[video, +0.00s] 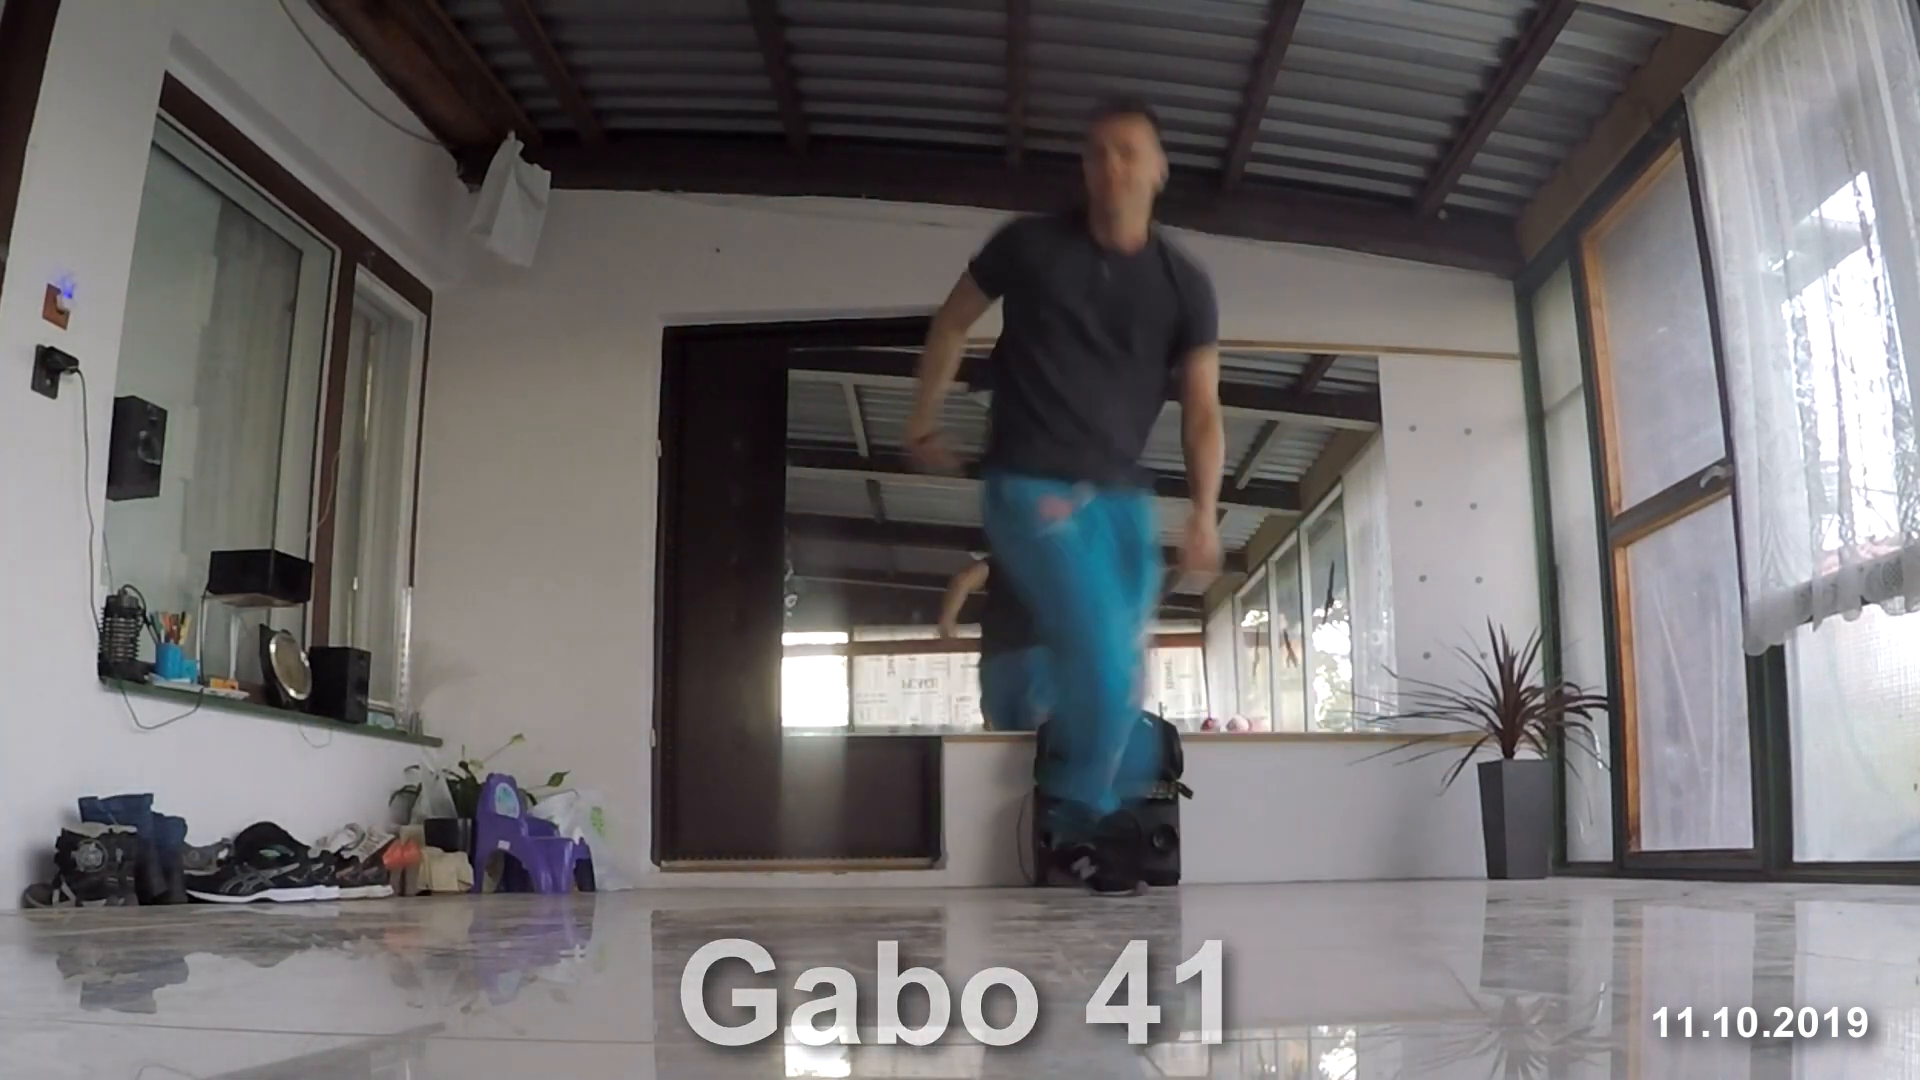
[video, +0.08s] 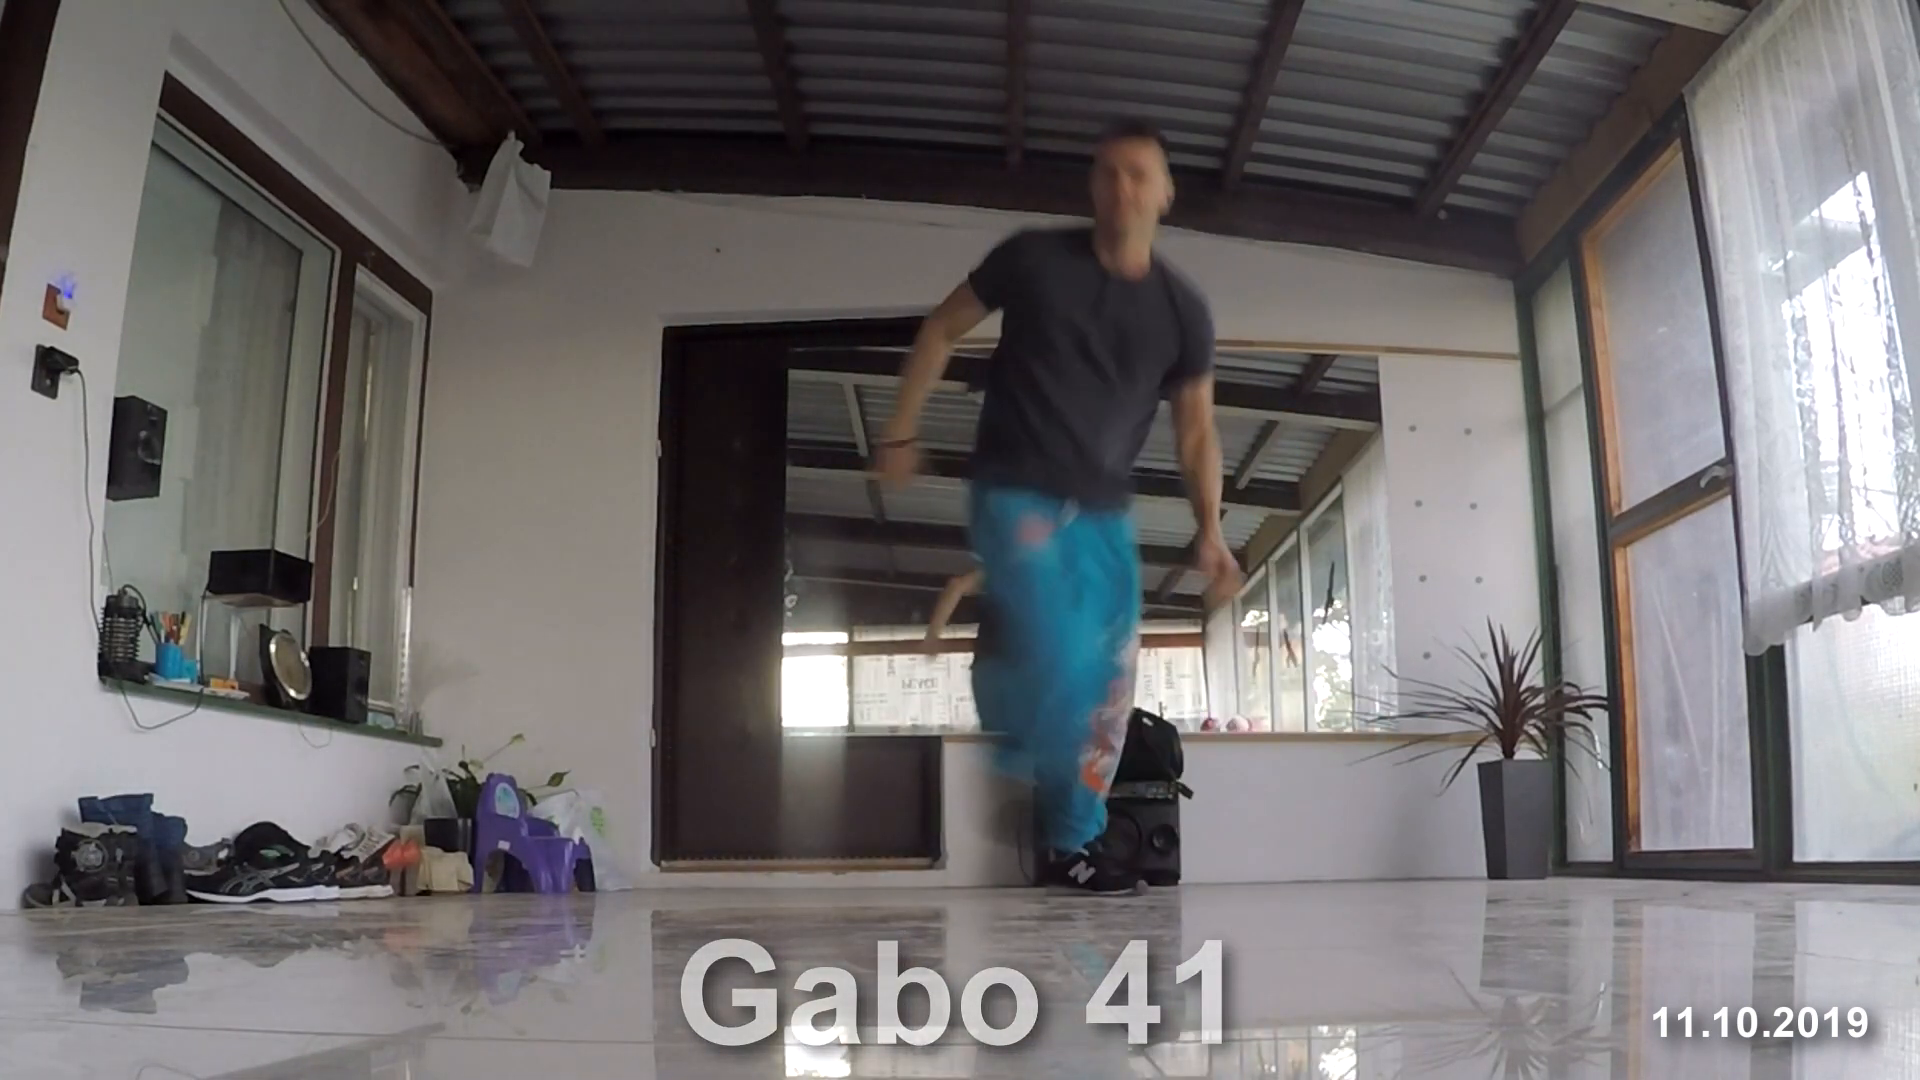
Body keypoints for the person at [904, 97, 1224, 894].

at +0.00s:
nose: (1111, 167)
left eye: (1127, 153)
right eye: (1097, 153)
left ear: (1160, 169)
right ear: (1081, 167)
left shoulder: (1183, 281)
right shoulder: (1027, 246)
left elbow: (1202, 411)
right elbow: (951, 324)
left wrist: (1205, 515)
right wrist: (922, 421)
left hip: (1123, 492)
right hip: (1033, 484)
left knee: (1118, 664)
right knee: (1102, 654)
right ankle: (1075, 825)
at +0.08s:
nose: (1122, 187)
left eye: (1139, 175)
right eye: (1110, 172)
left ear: (1167, 195)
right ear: (1091, 185)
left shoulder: (1183, 308)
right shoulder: (1031, 259)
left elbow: (1196, 427)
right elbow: (941, 329)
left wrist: (1210, 530)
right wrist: (900, 430)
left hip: (1104, 504)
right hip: (1018, 490)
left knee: (1103, 673)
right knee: (1053, 656)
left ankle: (1068, 843)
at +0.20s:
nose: (1142, 237)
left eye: (1159, 226)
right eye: (1130, 220)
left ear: (1176, 244)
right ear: (1105, 225)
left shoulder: (1160, 349)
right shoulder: (1040, 279)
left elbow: (1143, 463)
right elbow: (921, 314)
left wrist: (1172, 550)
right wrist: (881, 424)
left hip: (1061, 539)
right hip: (969, 524)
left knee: (1129, 662)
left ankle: (1066, 831)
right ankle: (784, 752)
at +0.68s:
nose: (1122, 258)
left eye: (1137, 249)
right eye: (1112, 241)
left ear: (1147, 264)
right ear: (1087, 241)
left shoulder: (1123, 367)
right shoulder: (1021, 275)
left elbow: (1104, 481)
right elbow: (906, 282)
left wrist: (1096, 583)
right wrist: (824, 356)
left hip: (1025, 525)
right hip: (940, 500)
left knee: (1053, 674)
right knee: (919, 653)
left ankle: (1036, 842)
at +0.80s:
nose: (1121, 225)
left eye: (1136, 217)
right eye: (1110, 209)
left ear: (1146, 233)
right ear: (1083, 209)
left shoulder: (1131, 339)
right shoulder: (1016, 250)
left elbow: (1125, 456)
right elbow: (903, 286)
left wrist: (1135, 555)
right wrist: (822, 361)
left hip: (1048, 497)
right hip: (970, 471)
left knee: (1058, 649)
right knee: (1009, 616)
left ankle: (1017, 812)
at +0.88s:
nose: (1110, 243)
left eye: (1124, 232)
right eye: (1099, 227)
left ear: (1138, 245)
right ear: (1071, 228)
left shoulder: (1139, 346)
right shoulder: (1012, 285)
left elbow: (1179, 453)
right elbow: (919, 333)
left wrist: (1228, 505)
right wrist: (852, 416)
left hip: (1077, 529)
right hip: (1007, 515)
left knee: (1031, 680)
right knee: (1070, 662)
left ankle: (972, 844)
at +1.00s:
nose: (1120, 243)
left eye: (1134, 233)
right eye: (1108, 228)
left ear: (1148, 244)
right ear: (1081, 230)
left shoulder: (1151, 341)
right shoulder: (1023, 289)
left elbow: (1204, 441)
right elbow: (936, 361)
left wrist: (1264, 477)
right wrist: (892, 457)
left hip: (1083, 530)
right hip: (1015, 507)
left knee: (1095, 680)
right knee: (1092, 664)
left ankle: (983, 823)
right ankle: (1157, 821)